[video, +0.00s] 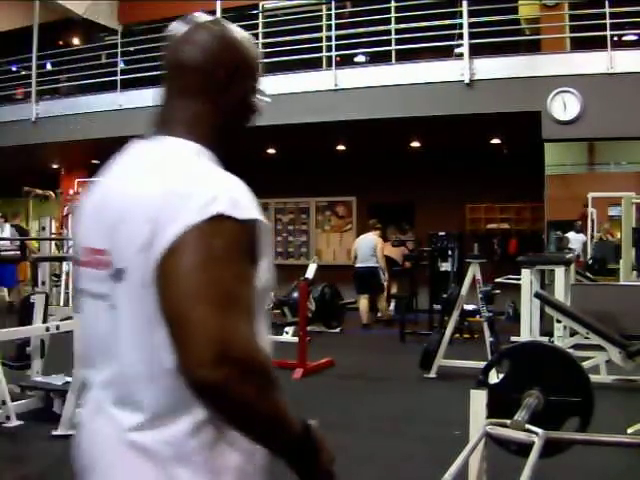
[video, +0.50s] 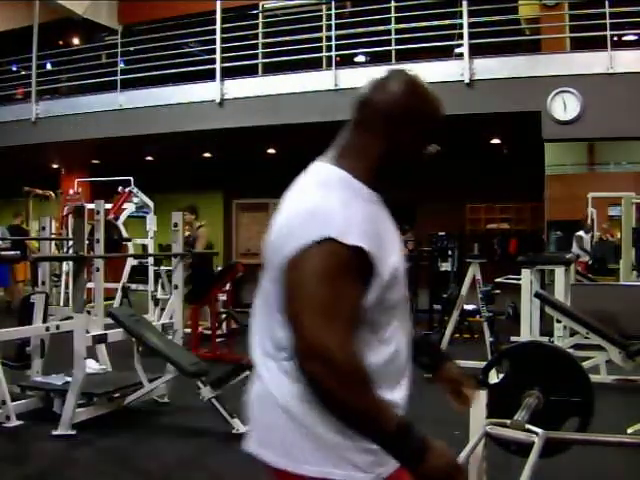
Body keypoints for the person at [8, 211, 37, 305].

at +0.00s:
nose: (20, 219)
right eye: (20, 217)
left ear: (10, 217)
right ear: (19, 217)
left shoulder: (5, 229)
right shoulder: (23, 230)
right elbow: (28, 244)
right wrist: (35, 251)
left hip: (9, 259)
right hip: (20, 258)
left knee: (12, 281)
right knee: (22, 280)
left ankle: (12, 300)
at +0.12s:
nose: (20, 219)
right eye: (20, 217)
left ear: (12, 217)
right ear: (20, 217)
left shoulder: (7, 229)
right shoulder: (23, 230)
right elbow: (28, 243)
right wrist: (36, 250)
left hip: (10, 258)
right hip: (21, 258)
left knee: (12, 280)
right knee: (22, 280)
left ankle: (12, 299)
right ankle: (21, 299)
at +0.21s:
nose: (21, 220)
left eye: (20, 218)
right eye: (21, 218)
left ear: (12, 217)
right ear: (20, 218)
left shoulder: (7, 229)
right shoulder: (23, 230)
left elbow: (6, 242)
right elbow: (28, 243)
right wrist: (35, 250)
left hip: (10, 258)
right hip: (21, 258)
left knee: (11, 281)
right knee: (21, 281)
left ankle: (11, 299)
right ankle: (20, 300)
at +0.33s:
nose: (22, 219)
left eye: (21, 217)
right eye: (21, 217)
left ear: (13, 217)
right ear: (20, 217)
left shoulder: (8, 229)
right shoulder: (24, 230)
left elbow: (6, 243)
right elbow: (28, 243)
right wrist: (35, 251)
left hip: (10, 258)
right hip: (21, 258)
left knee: (11, 282)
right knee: (20, 282)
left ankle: (11, 301)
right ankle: (20, 302)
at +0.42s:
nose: (22, 220)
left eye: (21, 217)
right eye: (22, 217)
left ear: (13, 217)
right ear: (20, 217)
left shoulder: (7, 229)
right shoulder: (24, 230)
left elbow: (5, 243)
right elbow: (28, 243)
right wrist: (35, 250)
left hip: (10, 257)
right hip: (21, 257)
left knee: (11, 281)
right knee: (20, 281)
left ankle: (11, 301)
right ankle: (20, 302)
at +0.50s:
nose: (22, 220)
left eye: (21, 218)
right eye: (22, 218)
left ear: (13, 217)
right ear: (21, 218)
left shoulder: (8, 229)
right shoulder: (24, 230)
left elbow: (6, 243)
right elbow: (28, 243)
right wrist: (35, 251)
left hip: (10, 258)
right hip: (21, 258)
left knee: (11, 282)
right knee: (20, 282)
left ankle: (11, 302)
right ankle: (18, 303)